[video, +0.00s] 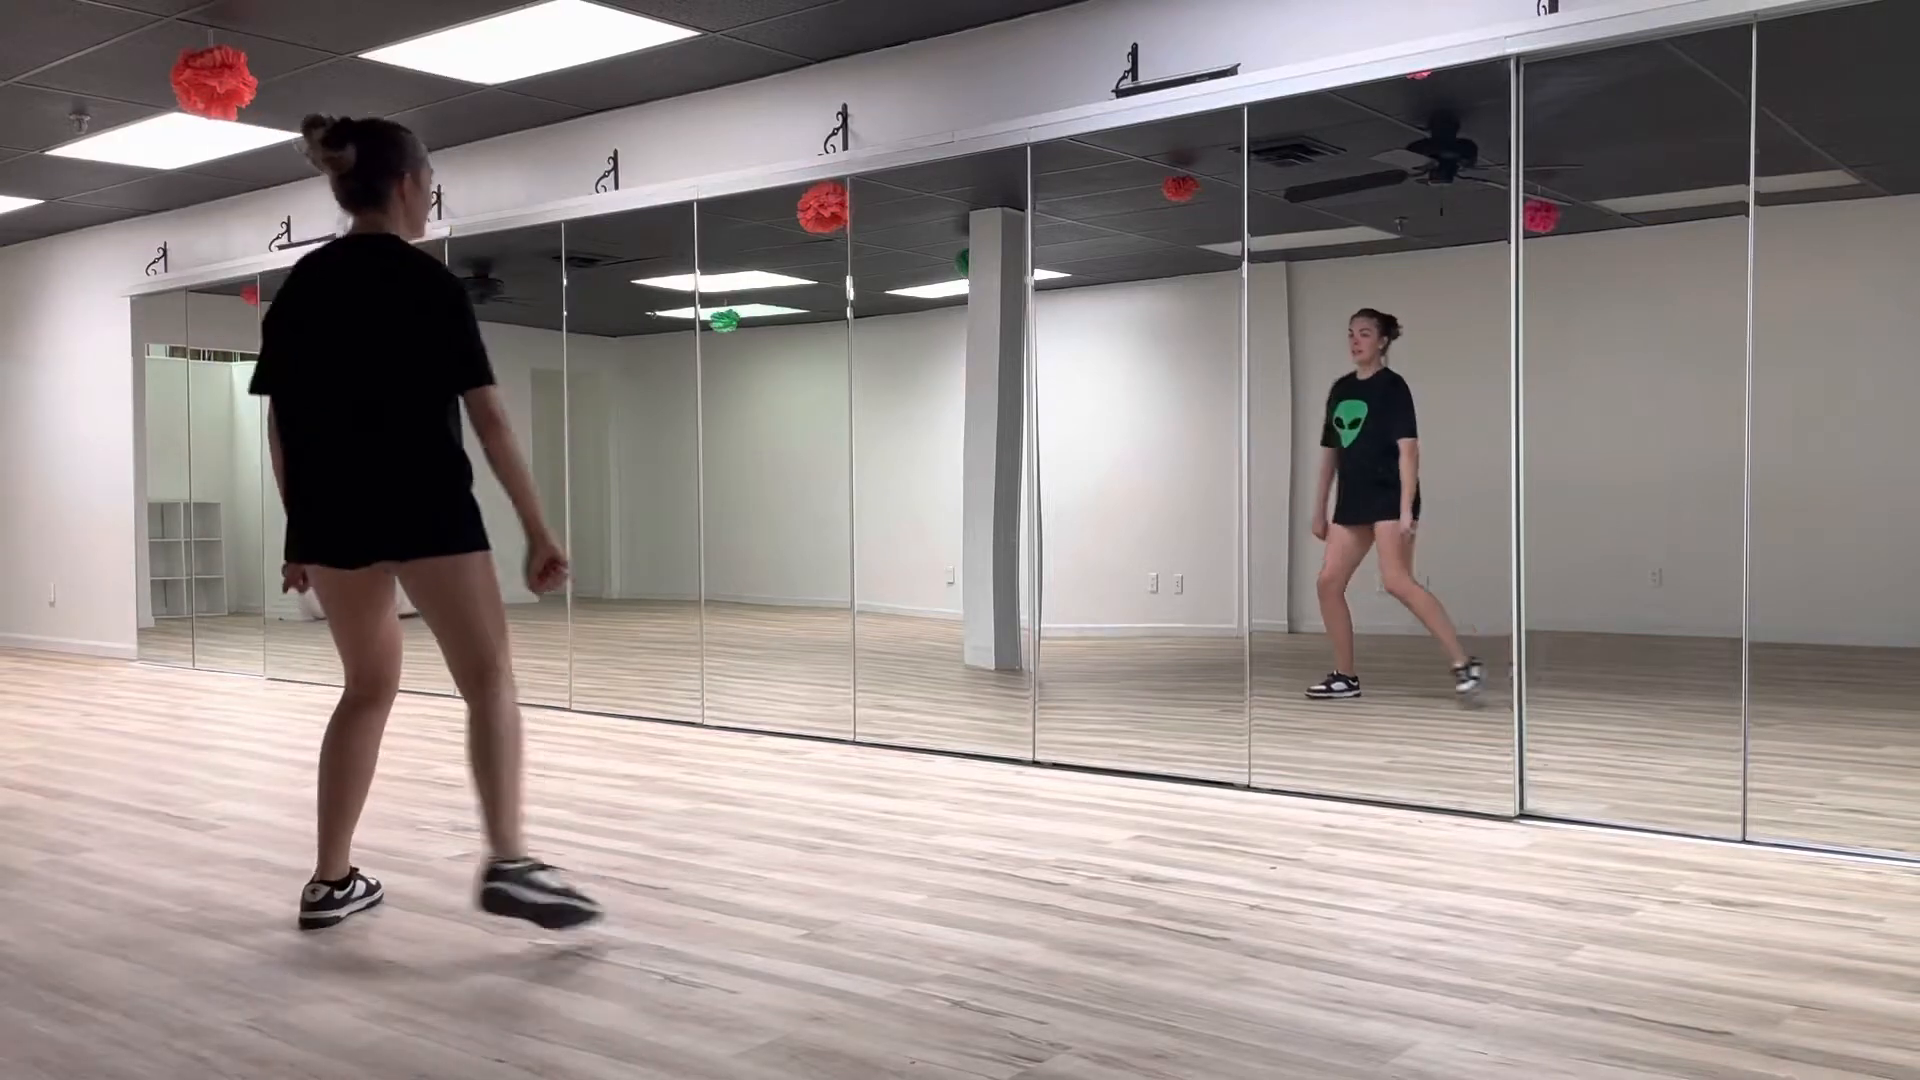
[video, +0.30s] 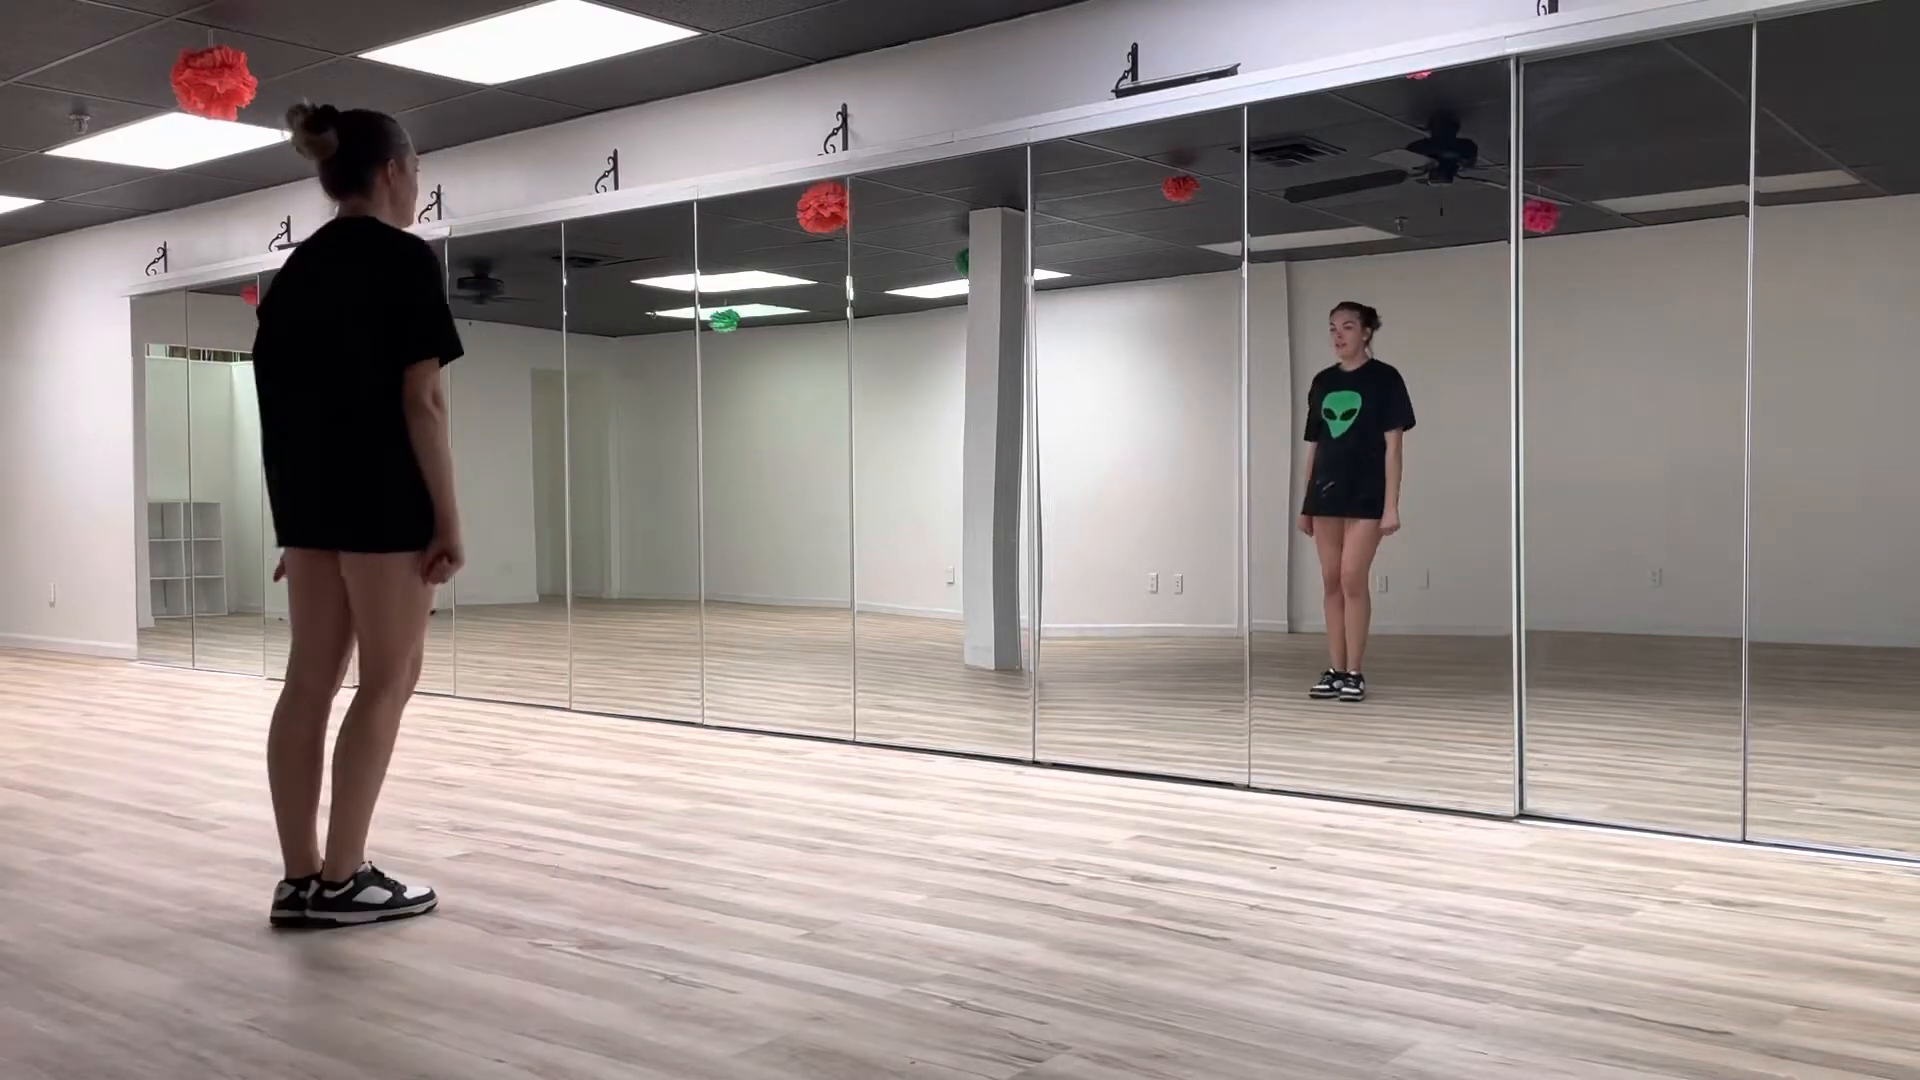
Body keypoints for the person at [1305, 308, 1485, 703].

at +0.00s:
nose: (1356, 341)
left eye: (1364, 335)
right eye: (1352, 335)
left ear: (1384, 341)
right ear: (1348, 340)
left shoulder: (1394, 387)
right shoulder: (1340, 389)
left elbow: (1408, 450)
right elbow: (1329, 455)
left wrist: (1407, 509)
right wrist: (1320, 510)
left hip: (1392, 500)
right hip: (1353, 502)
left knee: (1397, 581)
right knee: (1328, 583)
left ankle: (1462, 664)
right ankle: (1344, 675)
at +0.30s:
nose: (1338, 335)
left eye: (1347, 327)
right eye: (1334, 329)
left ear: (1366, 332)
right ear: (1330, 335)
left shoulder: (1386, 378)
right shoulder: (1322, 381)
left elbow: (1393, 446)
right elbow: (1313, 449)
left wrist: (1391, 505)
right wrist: (1306, 505)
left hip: (1367, 494)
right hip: (1325, 493)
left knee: (1353, 581)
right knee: (1331, 582)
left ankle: (1353, 674)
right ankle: (1336, 671)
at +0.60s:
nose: (1336, 338)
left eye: (1345, 331)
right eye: (1331, 332)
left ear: (1362, 338)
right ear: (1325, 338)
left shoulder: (1381, 386)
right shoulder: (1310, 385)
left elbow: (1397, 444)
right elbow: (1291, 444)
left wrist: (1420, 501)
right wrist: (1266, 496)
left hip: (1364, 499)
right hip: (1315, 499)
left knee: (1357, 584)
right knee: (1318, 586)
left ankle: (1355, 673)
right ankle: (1327, 668)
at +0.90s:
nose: (1319, 339)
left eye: (1327, 333)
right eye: (1311, 334)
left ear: (1339, 339)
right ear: (1303, 340)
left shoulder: (1358, 383)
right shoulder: (1285, 383)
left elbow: (1411, 407)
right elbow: (1229, 405)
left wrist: (1417, 389)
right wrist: (1253, 381)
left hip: (1341, 496)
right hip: (1292, 493)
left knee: (1351, 581)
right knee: (1265, 580)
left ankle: (1354, 673)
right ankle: (1220, 653)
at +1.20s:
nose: (1293, 376)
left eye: (1299, 368)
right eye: (1284, 369)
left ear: (1308, 373)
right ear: (1273, 375)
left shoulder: (1320, 412)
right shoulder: (1256, 409)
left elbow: (1368, 411)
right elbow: (1198, 418)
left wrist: (1349, 429)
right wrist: (1235, 445)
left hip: (1303, 525)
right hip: (1258, 523)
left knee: (1348, 584)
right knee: (1238, 606)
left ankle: (1348, 674)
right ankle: (1193, 675)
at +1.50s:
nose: (1312, 357)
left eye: (1320, 350)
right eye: (1305, 352)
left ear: (1332, 358)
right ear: (1296, 360)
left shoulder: (1354, 404)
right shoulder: (1283, 406)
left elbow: (1392, 453)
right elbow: (1251, 464)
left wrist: (1385, 500)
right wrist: (1239, 517)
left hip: (1336, 514)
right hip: (1287, 513)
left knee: (1355, 591)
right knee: (1258, 592)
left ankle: (1348, 673)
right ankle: (1207, 662)